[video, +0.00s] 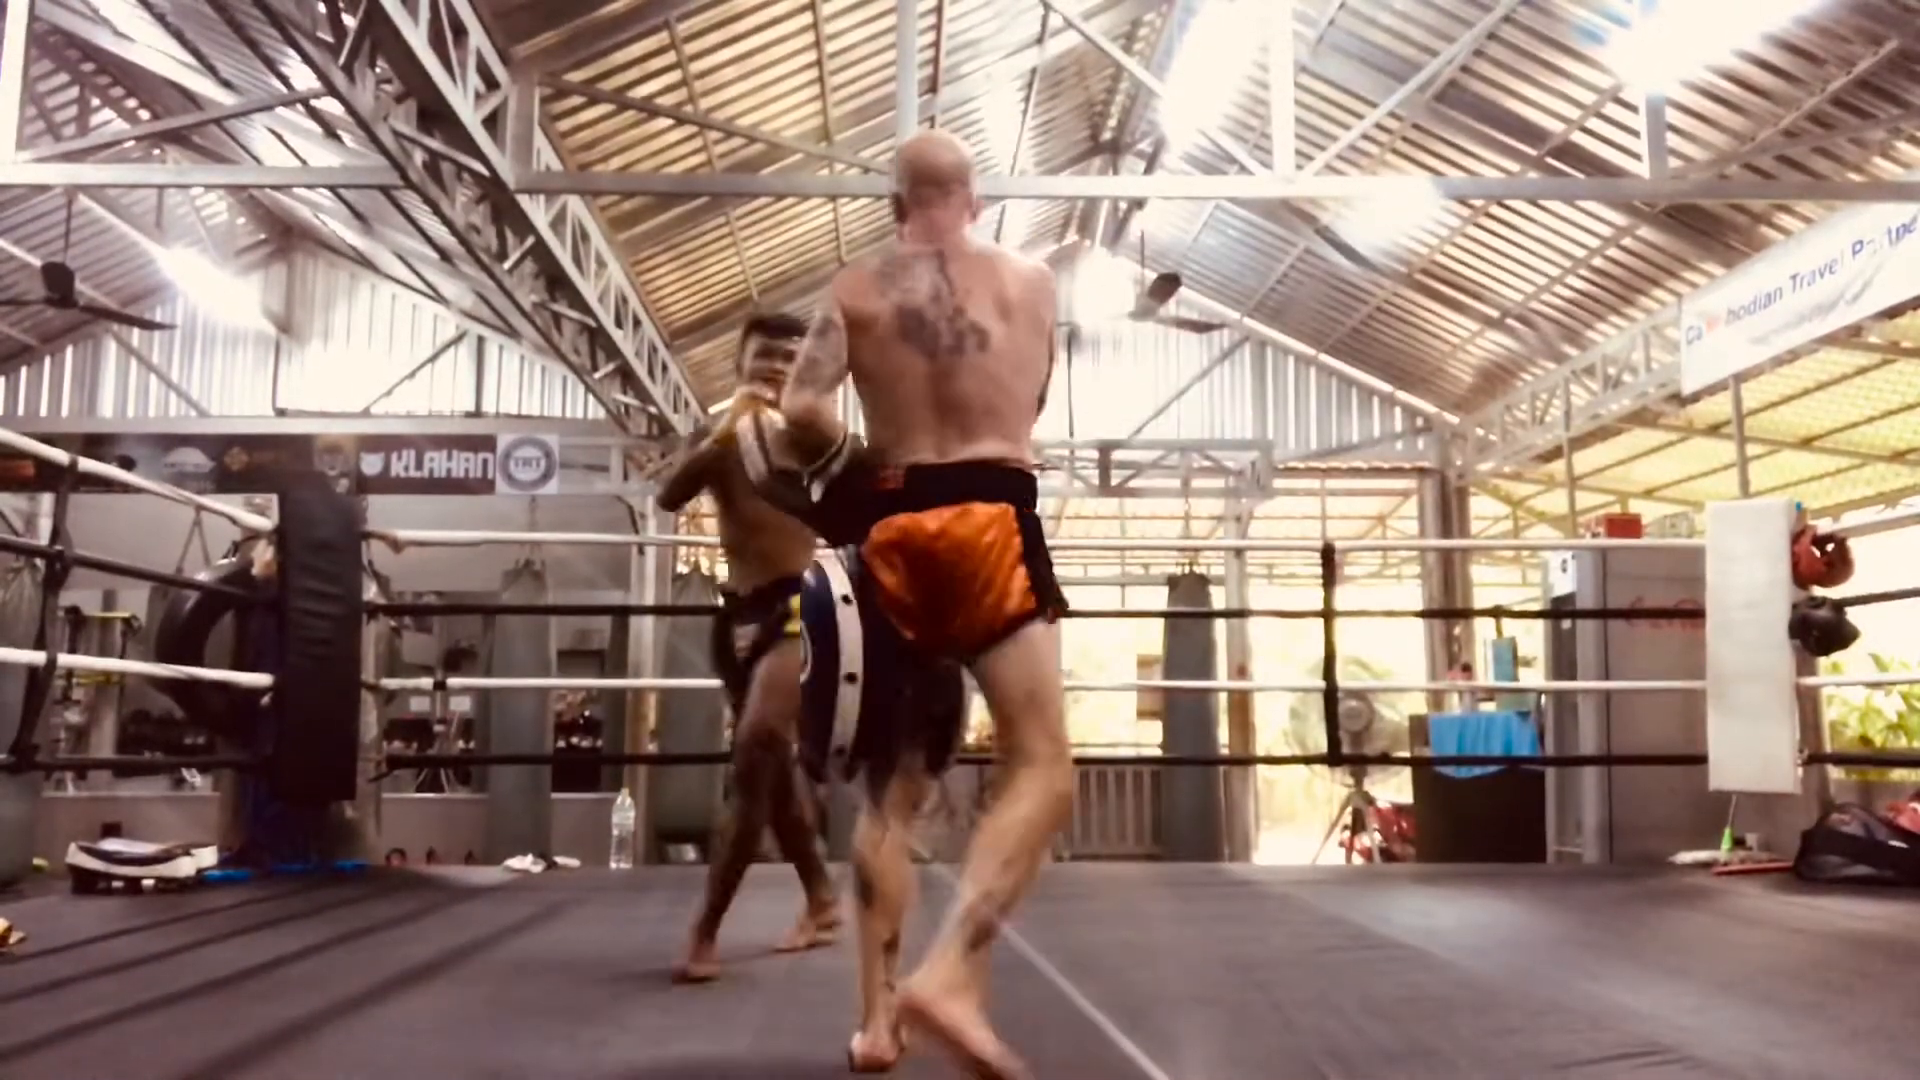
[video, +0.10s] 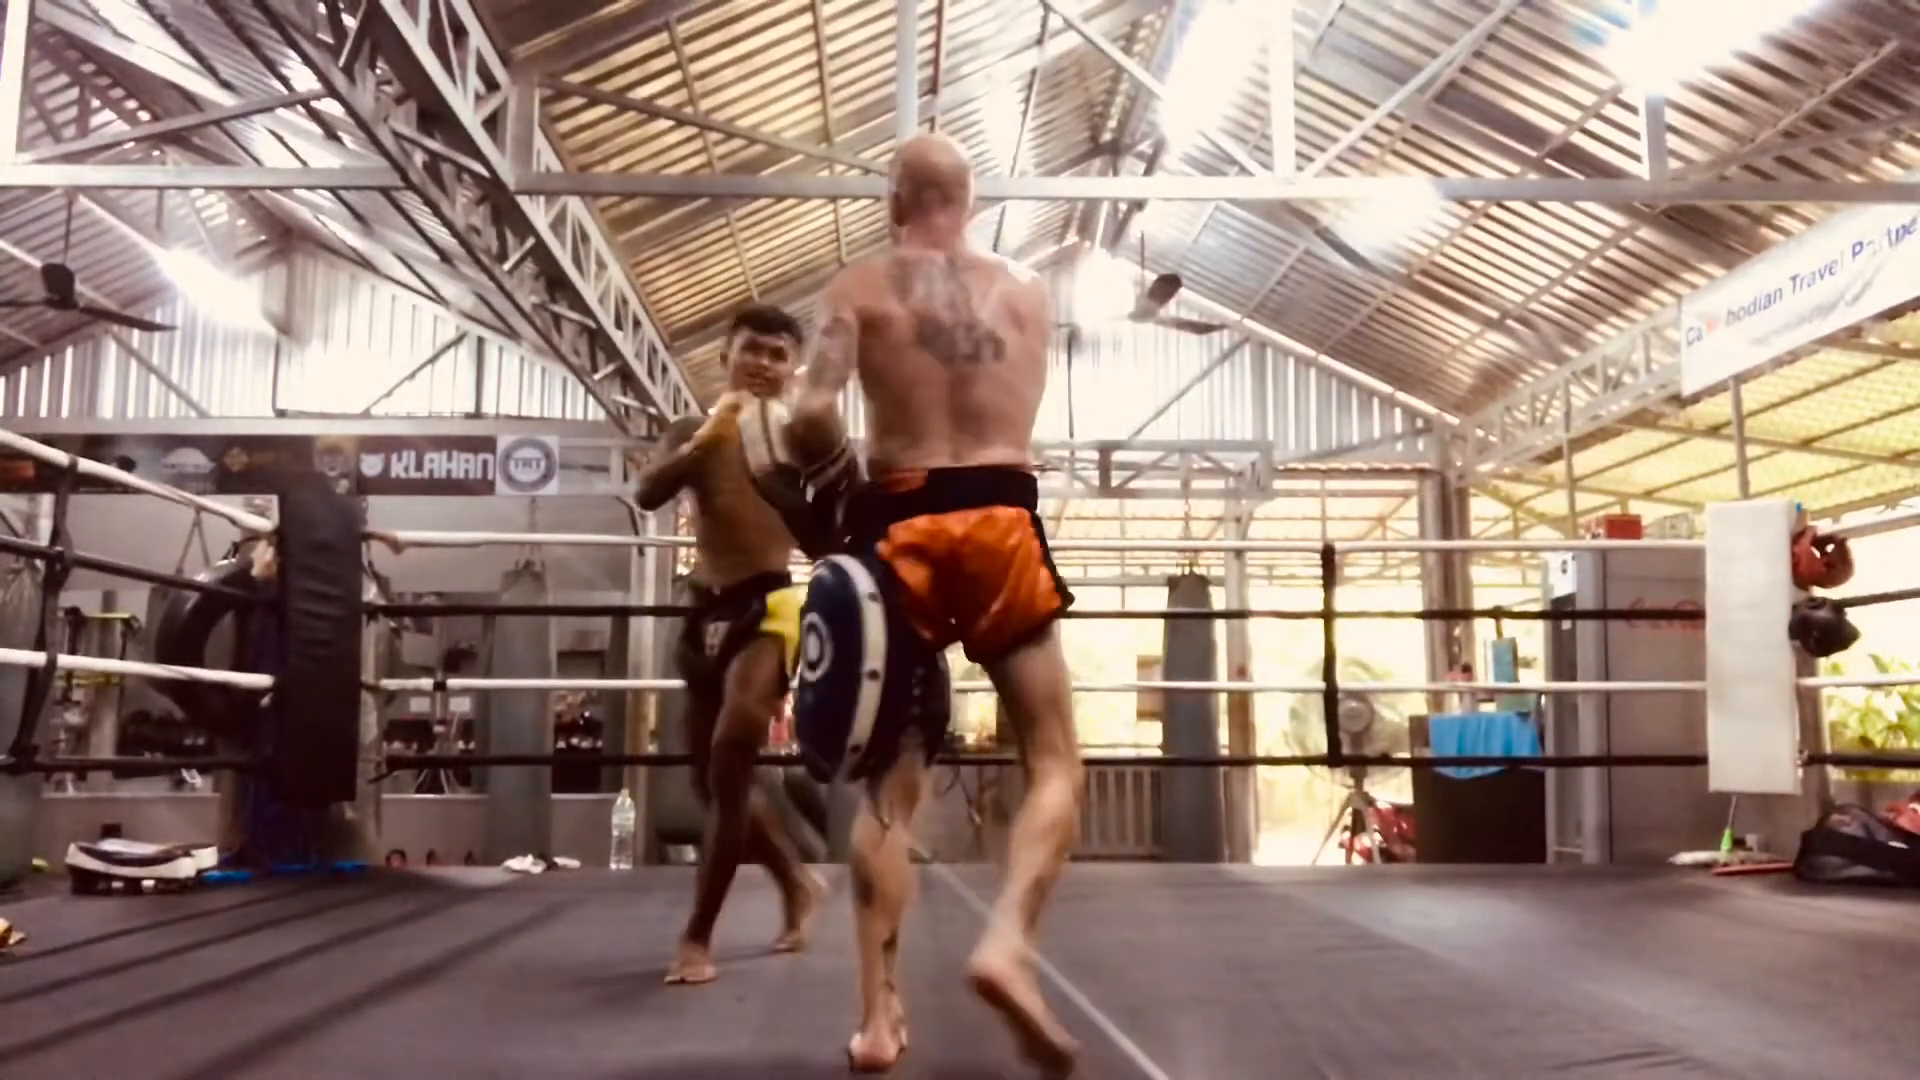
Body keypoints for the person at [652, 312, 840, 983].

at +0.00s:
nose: (772, 368)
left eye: (785, 359)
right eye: (764, 356)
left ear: (803, 372)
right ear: (741, 363)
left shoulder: (813, 435)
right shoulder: (718, 435)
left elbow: (850, 498)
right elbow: (669, 497)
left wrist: (785, 452)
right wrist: (724, 438)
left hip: (799, 602)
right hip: (740, 609)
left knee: (754, 756)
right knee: (770, 759)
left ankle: (705, 930)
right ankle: (821, 896)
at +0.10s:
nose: (762, 363)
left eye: (776, 355)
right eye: (752, 349)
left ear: (794, 367)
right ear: (728, 355)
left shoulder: (803, 429)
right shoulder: (703, 430)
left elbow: (827, 536)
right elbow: (646, 493)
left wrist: (779, 468)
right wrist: (706, 439)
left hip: (772, 598)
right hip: (710, 605)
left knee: (731, 765)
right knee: (709, 773)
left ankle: (697, 939)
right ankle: (798, 882)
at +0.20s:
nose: (749, 361)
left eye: (763, 352)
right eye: (738, 346)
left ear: (779, 364)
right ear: (713, 350)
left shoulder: (783, 435)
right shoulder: (677, 423)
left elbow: (803, 524)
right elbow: (637, 495)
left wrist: (790, 450)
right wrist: (695, 449)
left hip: (751, 605)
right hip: (686, 601)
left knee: (724, 770)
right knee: (648, 770)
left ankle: (697, 938)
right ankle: (737, 873)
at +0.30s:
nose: (735, 369)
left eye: (749, 358)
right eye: (726, 351)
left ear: (763, 366)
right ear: (697, 344)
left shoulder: (768, 434)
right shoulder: (661, 414)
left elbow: (780, 518)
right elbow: (645, 491)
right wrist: (713, 441)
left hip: (736, 607)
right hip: (667, 598)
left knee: (718, 778)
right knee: (611, 752)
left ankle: (699, 938)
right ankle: (655, 907)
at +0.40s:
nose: (717, 378)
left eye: (731, 369)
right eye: (709, 358)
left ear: (749, 369)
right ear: (689, 340)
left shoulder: (754, 432)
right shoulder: (642, 404)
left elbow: (775, 513)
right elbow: (651, 478)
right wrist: (726, 423)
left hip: (715, 605)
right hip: (642, 597)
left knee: (707, 776)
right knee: (592, 762)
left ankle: (696, 941)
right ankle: (567, 946)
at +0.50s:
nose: (714, 366)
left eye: (725, 355)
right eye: (704, 347)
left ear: (734, 355)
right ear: (674, 330)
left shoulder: (724, 417)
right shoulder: (624, 390)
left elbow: (755, 517)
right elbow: (646, 455)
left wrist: (766, 484)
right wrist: (735, 398)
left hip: (690, 603)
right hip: (617, 598)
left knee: (696, 782)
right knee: (573, 778)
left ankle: (692, 941)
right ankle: (534, 951)